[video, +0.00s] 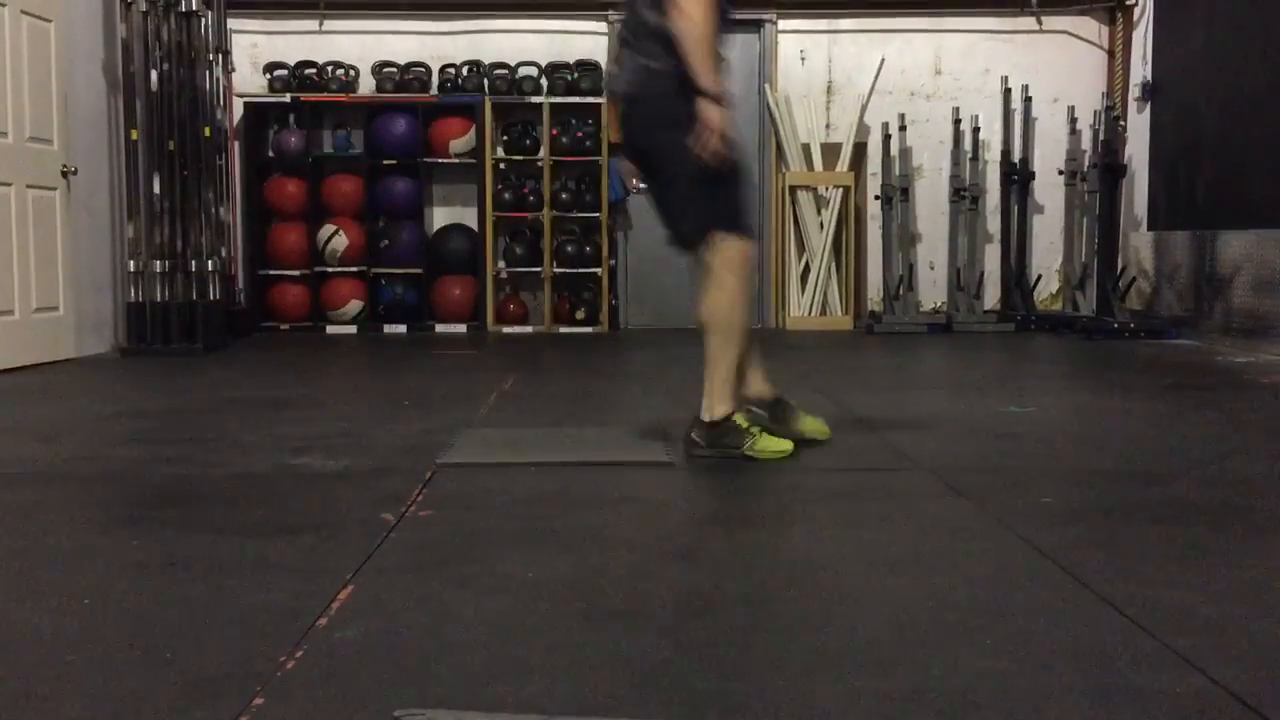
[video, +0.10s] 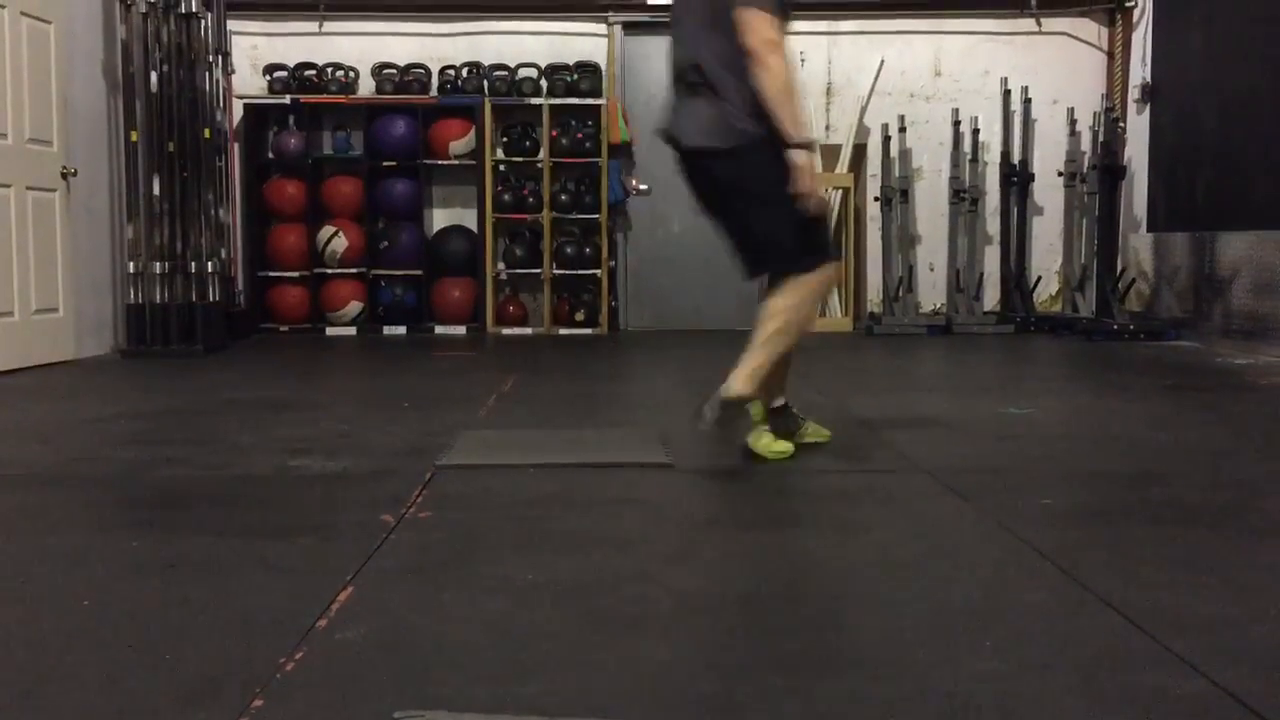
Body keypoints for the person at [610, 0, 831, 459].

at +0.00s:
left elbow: (635, 38)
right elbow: (688, 7)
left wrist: (624, 137)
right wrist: (711, 93)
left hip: (652, 100)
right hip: (674, 97)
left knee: (720, 253)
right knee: (732, 248)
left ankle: (757, 396)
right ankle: (716, 420)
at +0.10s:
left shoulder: (698, 10)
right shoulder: (747, 4)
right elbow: (762, 46)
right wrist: (801, 144)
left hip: (702, 139)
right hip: (736, 138)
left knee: (784, 272)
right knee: (814, 265)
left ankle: (775, 413)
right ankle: (735, 396)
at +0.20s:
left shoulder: (705, 5)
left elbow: (702, 64)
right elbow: (827, 35)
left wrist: (750, 113)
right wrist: (869, 127)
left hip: (739, 140)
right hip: (803, 128)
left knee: (795, 265)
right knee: (874, 249)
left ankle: (769, 406)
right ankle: (804, 362)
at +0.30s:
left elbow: (722, 45)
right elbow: (895, 17)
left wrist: (769, 90)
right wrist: (919, 87)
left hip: (779, 121)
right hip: (852, 113)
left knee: (789, 263)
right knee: (903, 242)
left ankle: (771, 401)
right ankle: (892, 378)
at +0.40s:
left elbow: (745, 41)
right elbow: (963, 9)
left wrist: (796, 87)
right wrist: (967, 71)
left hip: (815, 119)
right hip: (894, 114)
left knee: (804, 266)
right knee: (929, 258)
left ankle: (775, 401)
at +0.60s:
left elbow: (844, 67)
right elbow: (1023, 36)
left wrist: (809, 127)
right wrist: (1034, 115)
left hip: (892, 141)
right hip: (967, 137)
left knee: (849, 271)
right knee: (976, 276)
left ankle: (825, 407)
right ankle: (1002, 415)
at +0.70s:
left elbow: (891, 45)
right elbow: (1020, 31)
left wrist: (856, 131)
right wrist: (1028, 118)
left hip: (922, 127)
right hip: (993, 125)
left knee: (881, 255)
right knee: (989, 266)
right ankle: (1005, 413)